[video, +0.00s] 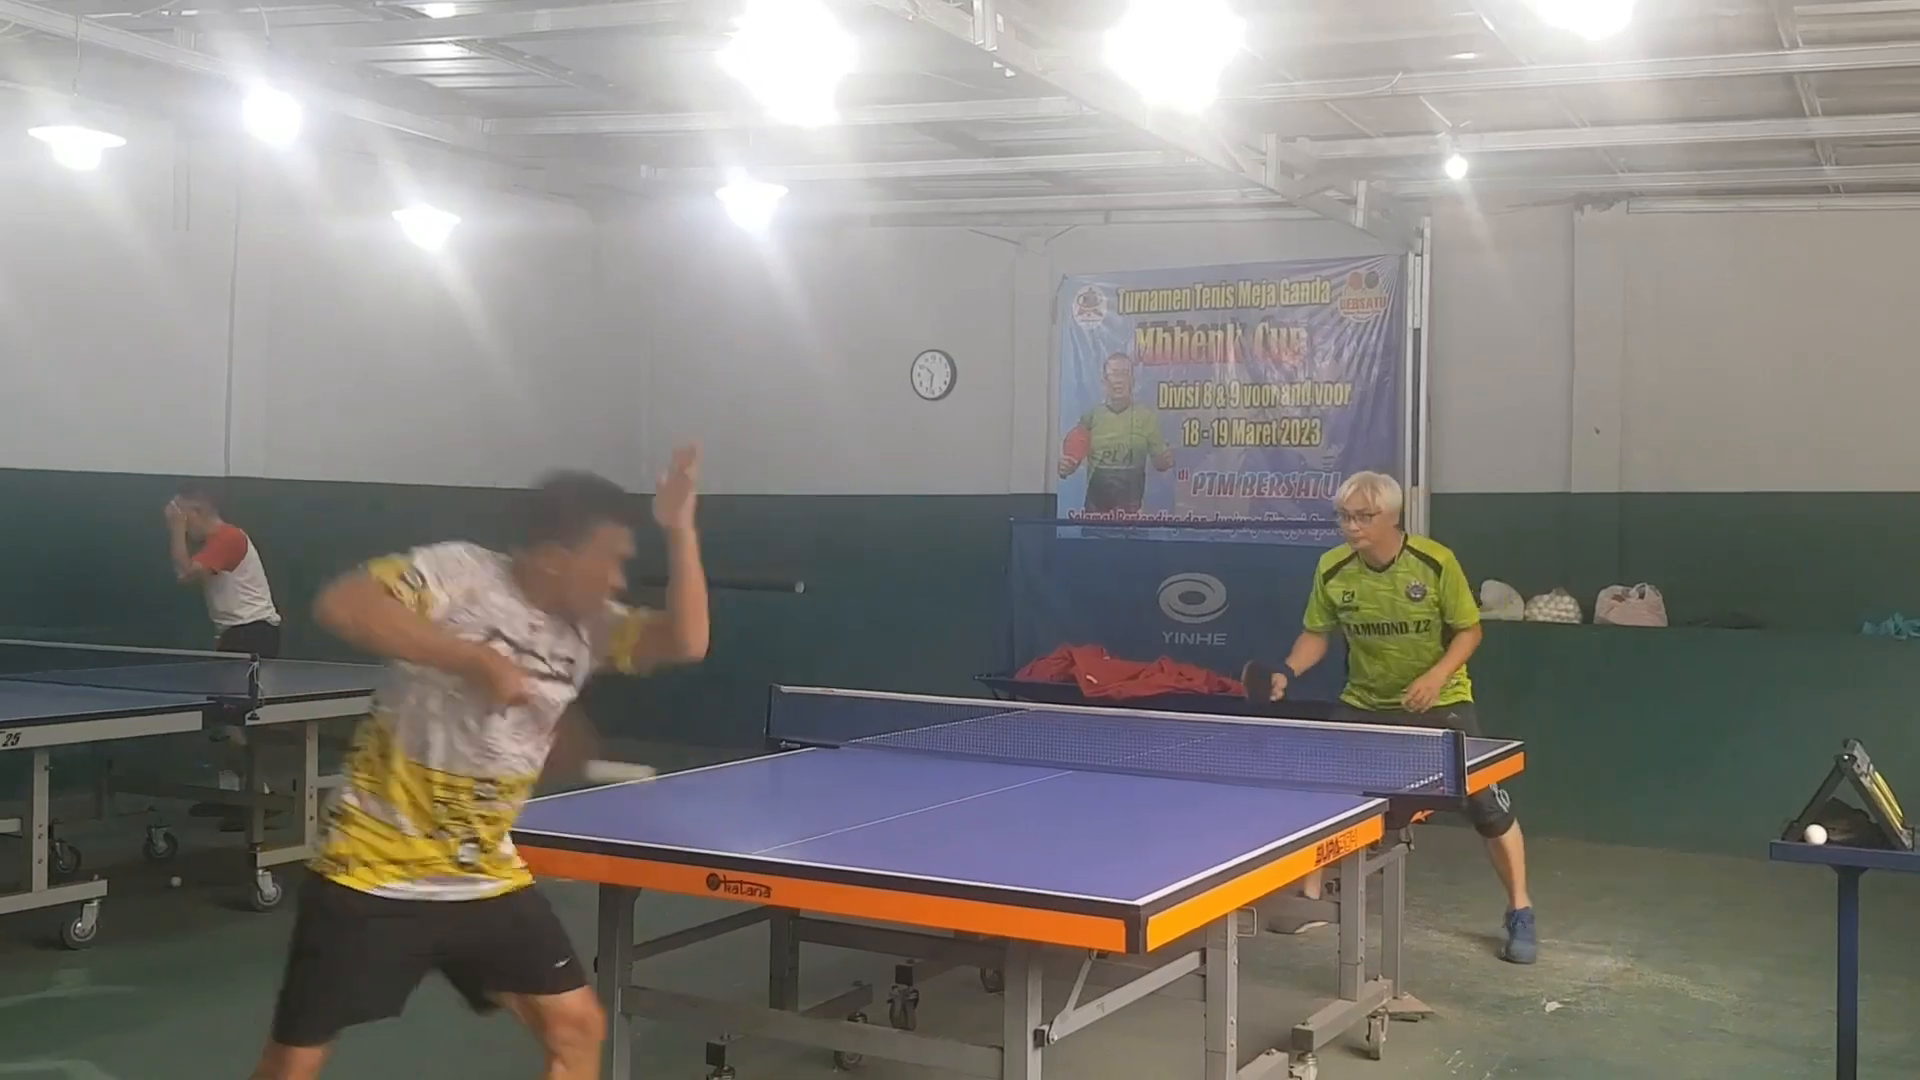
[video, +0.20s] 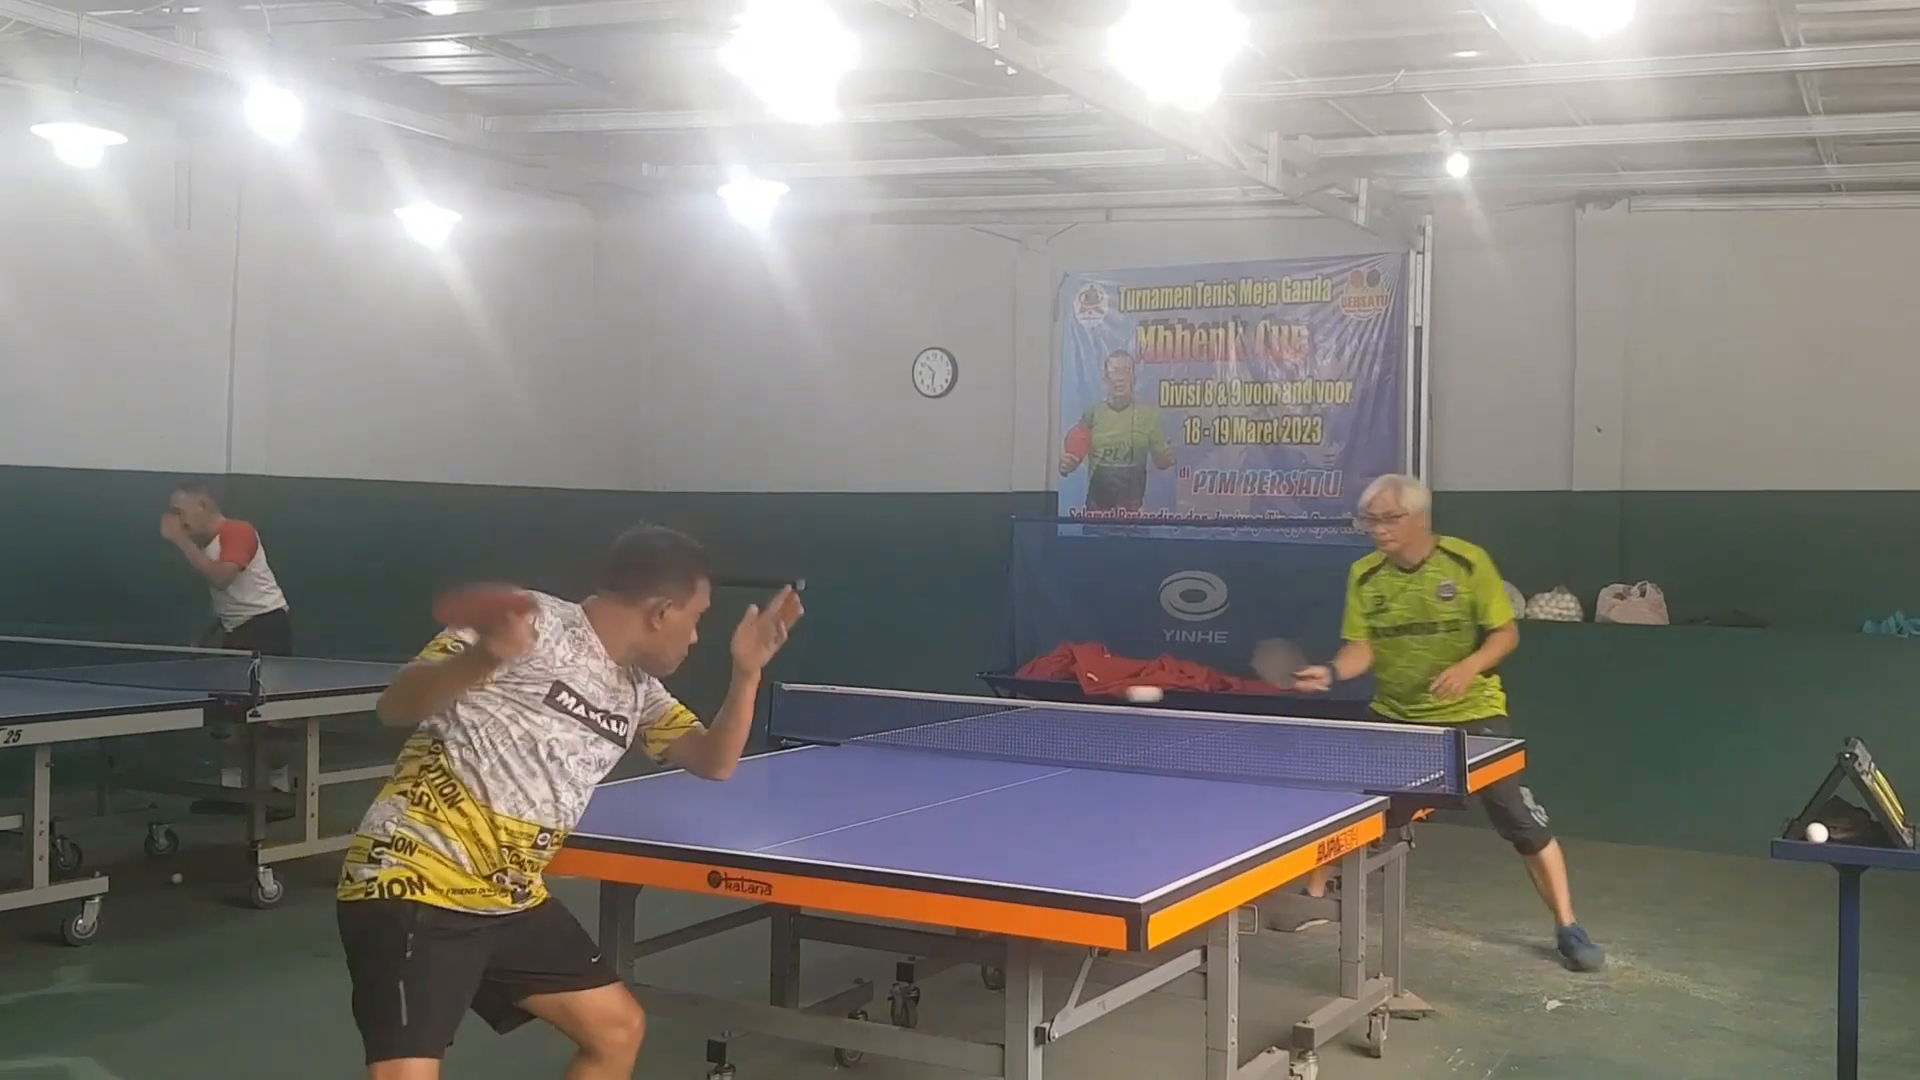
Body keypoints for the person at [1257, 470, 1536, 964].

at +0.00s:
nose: (1348, 527)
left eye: (1359, 517)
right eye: (1343, 517)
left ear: (1390, 518)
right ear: (1341, 519)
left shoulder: (1436, 562)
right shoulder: (1332, 569)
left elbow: (1469, 630)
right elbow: (1315, 635)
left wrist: (1437, 676)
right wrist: (1288, 670)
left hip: (1440, 701)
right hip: (1363, 702)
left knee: (1487, 801)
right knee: (1313, 781)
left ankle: (1520, 909)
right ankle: (1310, 896)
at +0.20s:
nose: (1379, 530)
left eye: (1389, 519)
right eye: (1372, 521)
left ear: (1419, 518)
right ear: (1366, 525)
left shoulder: (1468, 562)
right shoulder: (1365, 573)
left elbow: (1506, 634)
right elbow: (1361, 647)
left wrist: (1468, 667)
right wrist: (1332, 671)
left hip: (1472, 716)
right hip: (1393, 716)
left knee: (1517, 811)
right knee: (1330, 787)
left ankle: (1568, 925)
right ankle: (1314, 896)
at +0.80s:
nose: (1481, 505)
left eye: (1493, 494)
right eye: (1472, 495)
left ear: (1519, 496)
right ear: (1462, 499)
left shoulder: (1556, 539)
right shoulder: (1444, 557)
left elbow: (1611, 588)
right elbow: (1440, 631)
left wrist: (1617, 621)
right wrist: (1429, 649)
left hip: (1539, 691)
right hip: (1465, 692)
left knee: (1561, 805)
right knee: (1455, 796)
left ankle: (1576, 929)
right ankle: (1454, 921)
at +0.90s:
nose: (1467, 522)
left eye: (1478, 511)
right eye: (1458, 513)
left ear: (1504, 514)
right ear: (1450, 517)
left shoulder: (1544, 559)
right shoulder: (1434, 570)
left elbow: (1596, 617)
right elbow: (1418, 641)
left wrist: (1616, 684)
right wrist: (1397, 659)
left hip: (1529, 700)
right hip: (1454, 700)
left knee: (1556, 806)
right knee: (1395, 788)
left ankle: (1576, 929)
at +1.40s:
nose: (1346, 503)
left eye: (1356, 492)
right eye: (1347, 493)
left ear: (1386, 498)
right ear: (1362, 501)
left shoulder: (1431, 525)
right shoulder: (1353, 555)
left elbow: (1499, 550)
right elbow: (1305, 582)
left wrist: (1548, 584)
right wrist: (1248, 594)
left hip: (1483, 672)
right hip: (1421, 675)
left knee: (1525, 770)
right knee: (1380, 753)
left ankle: (1558, 866)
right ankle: (1380, 846)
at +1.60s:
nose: (1272, 548)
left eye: (1276, 539)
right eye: (1271, 541)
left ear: (1301, 536)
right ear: (1289, 543)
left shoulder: (1342, 547)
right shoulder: (1294, 588)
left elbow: (1407, 566)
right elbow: (1238, 582)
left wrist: (1463, 591)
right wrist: (1200, 538)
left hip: (1417, 669)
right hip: (1376, 685)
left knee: (1482, 737)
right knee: (1364, 756)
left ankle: (1598, 735)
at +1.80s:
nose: (1219, 544)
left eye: (1219, 535)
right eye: (1218, 536)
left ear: (1233, 529)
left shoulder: (1267, 533)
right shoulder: (1262, 566)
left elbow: (1314, 556)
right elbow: (1303, 627)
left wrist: (1352, 598)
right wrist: (1286, 684)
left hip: (1346, 642)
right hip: (1322, 650)